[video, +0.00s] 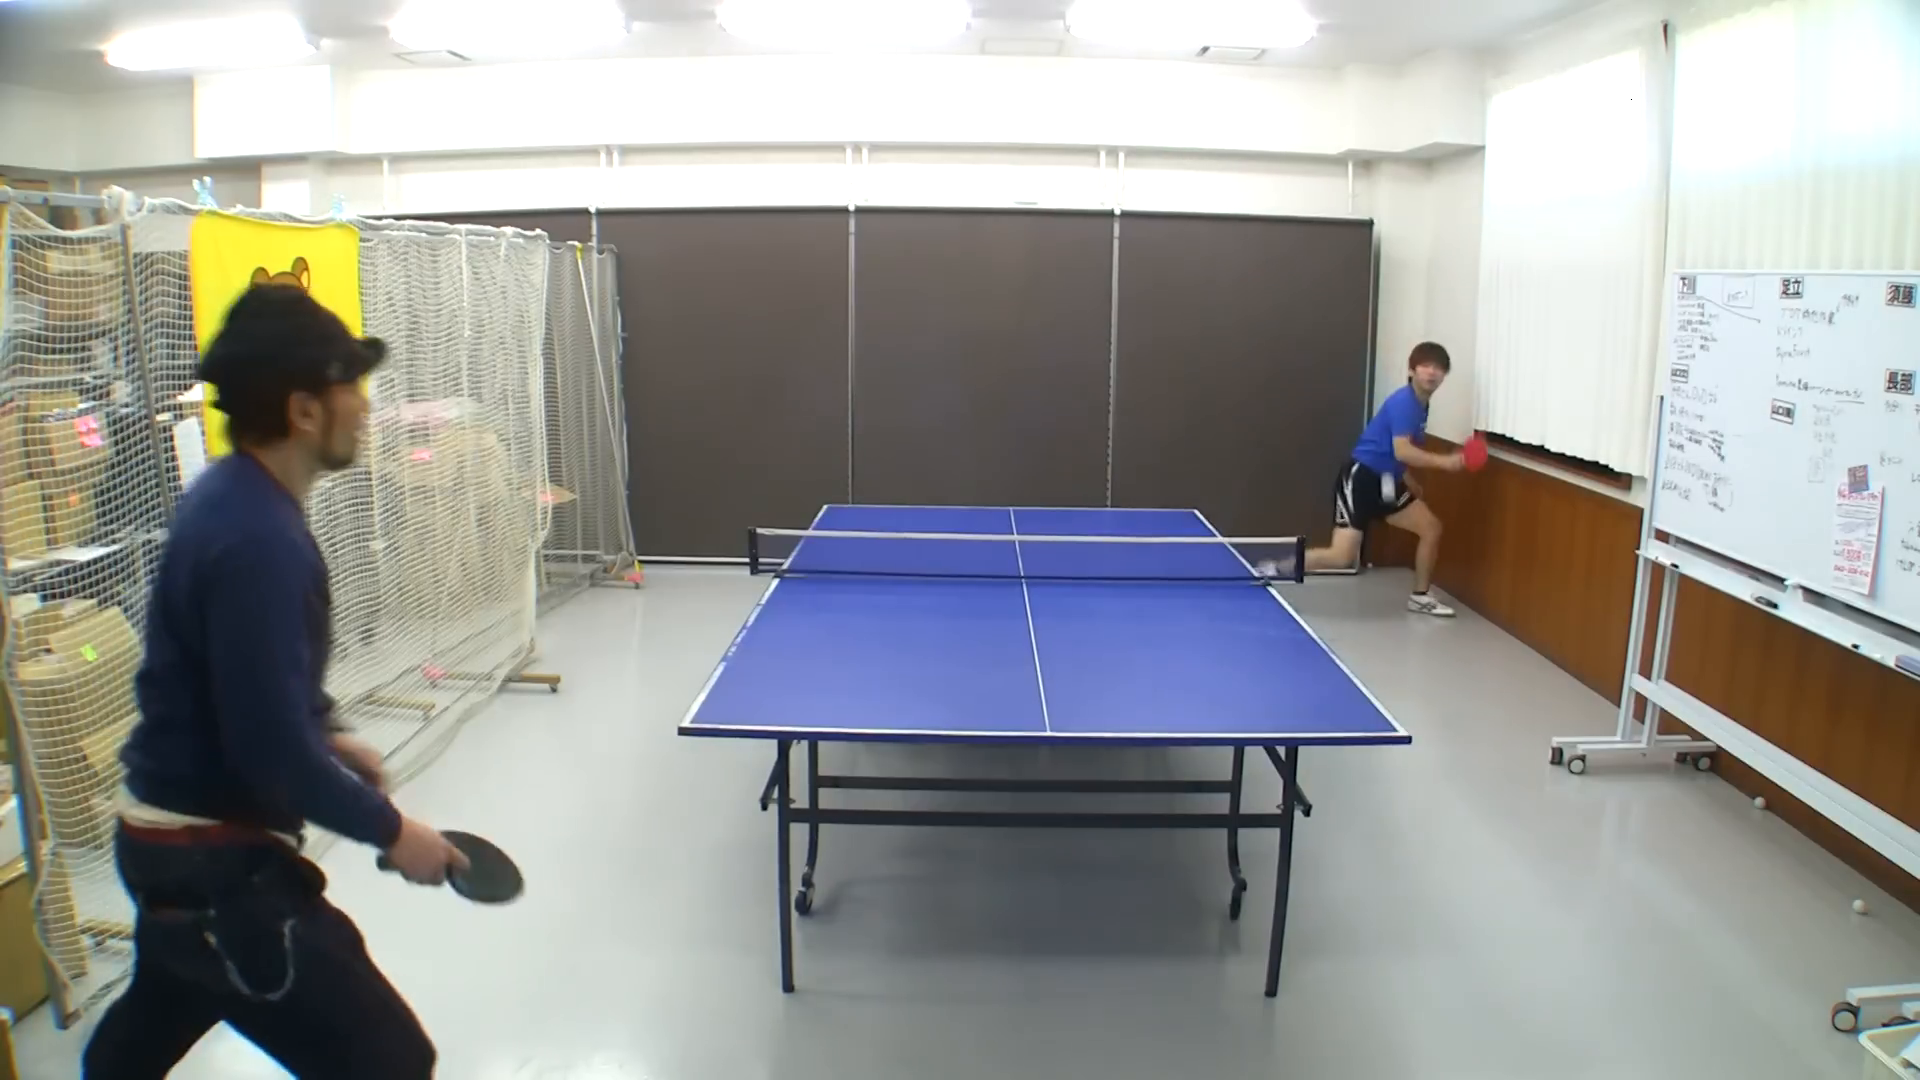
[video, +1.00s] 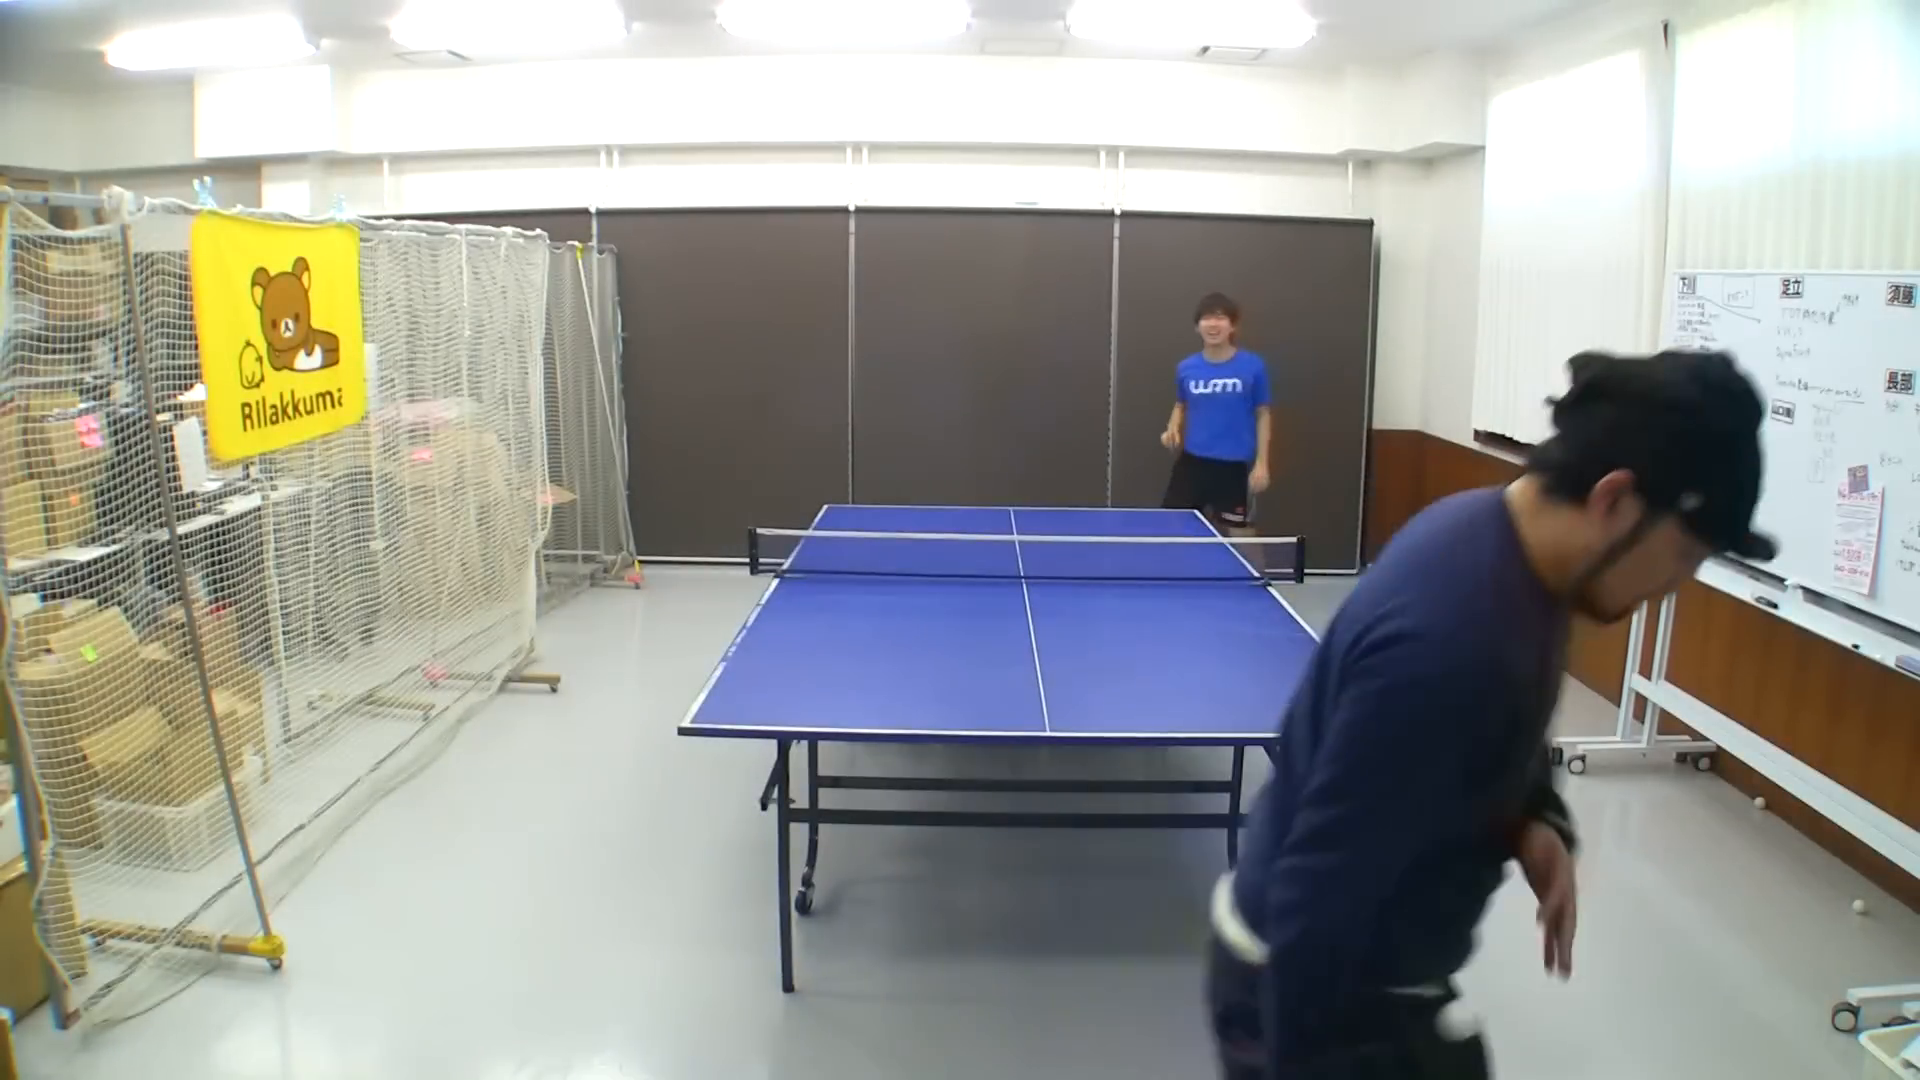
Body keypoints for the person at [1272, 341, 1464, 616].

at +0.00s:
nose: (1433, 374)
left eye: (1440, 370)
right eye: (1427, 367)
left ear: (1444, 375)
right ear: (1413, 370)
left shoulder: (1422, 404)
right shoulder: (1403, 401)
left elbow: (1401, 448)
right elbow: (1401, 451)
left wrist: (1407, 478)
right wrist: (1446, 461)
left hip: (1387, 480)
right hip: (1360, 476)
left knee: (1430, 528)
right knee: (1342, 557)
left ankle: (1421, 595)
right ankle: (1274, 565)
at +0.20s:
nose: (1431, 377)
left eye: (1438, 372)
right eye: (1425, 369)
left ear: (1443, 378)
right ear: (1410, 372)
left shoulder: (1418, 405)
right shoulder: (1399, 407)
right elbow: (1379, 455)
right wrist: (1409, 491)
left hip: (1384, 485)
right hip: (1361, 482)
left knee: (1431, 528)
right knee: (1362, 562)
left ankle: (1422, 597)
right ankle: (1296, 579)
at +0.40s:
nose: (1373, 353)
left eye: (1379, 347)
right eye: (1366, 347)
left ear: (1386, 353)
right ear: (1353, 352)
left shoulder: (1378, 386)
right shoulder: (1342, 390)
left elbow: (1366, 432)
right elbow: (1332, 440)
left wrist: (1379, 460)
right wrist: (1371, 459)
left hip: (1360, 475)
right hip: (1329, 476)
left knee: (1393, 537)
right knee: (1332, 557)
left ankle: (1415, 596)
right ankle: (1282, 594)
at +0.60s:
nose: (1318, 315)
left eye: (1324, 309)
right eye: (1311, 308)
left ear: (1333, 314)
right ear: (1299, 314)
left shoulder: (1339, 350)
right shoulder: (1281, 355)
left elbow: (1343, 387)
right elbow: (1259, 397)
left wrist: (1364, 420)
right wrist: (1294, 413)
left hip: (1326, 445)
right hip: (1289, 445)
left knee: (1334, 519)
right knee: (1290, 525)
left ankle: (1325, 586)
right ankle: (1278, 590)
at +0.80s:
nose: (1272, 313)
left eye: (1278, 307)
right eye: (1265, 307)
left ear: (1289, 314)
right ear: (1255, 315)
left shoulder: (1306, 351)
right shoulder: (1239, 352)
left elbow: (1317, 386)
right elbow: (1212, 389)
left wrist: (1330, 417)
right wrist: (1223, 418)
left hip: (1283, 444)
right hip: (1244, 441)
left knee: (1275, 529)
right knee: (1229, 522)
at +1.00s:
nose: (1212, 324)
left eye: (1220, 317)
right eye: (1206, 318)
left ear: (1233, 325)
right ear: (1197, 325)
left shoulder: (1252, 366)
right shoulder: (1186, 368)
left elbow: (1263, 413)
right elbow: (1180, 403)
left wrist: (1261, 463)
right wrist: (1173, 427)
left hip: (1233, 466)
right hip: (1192, 462)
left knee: (1236, 538)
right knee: (1172, 526)